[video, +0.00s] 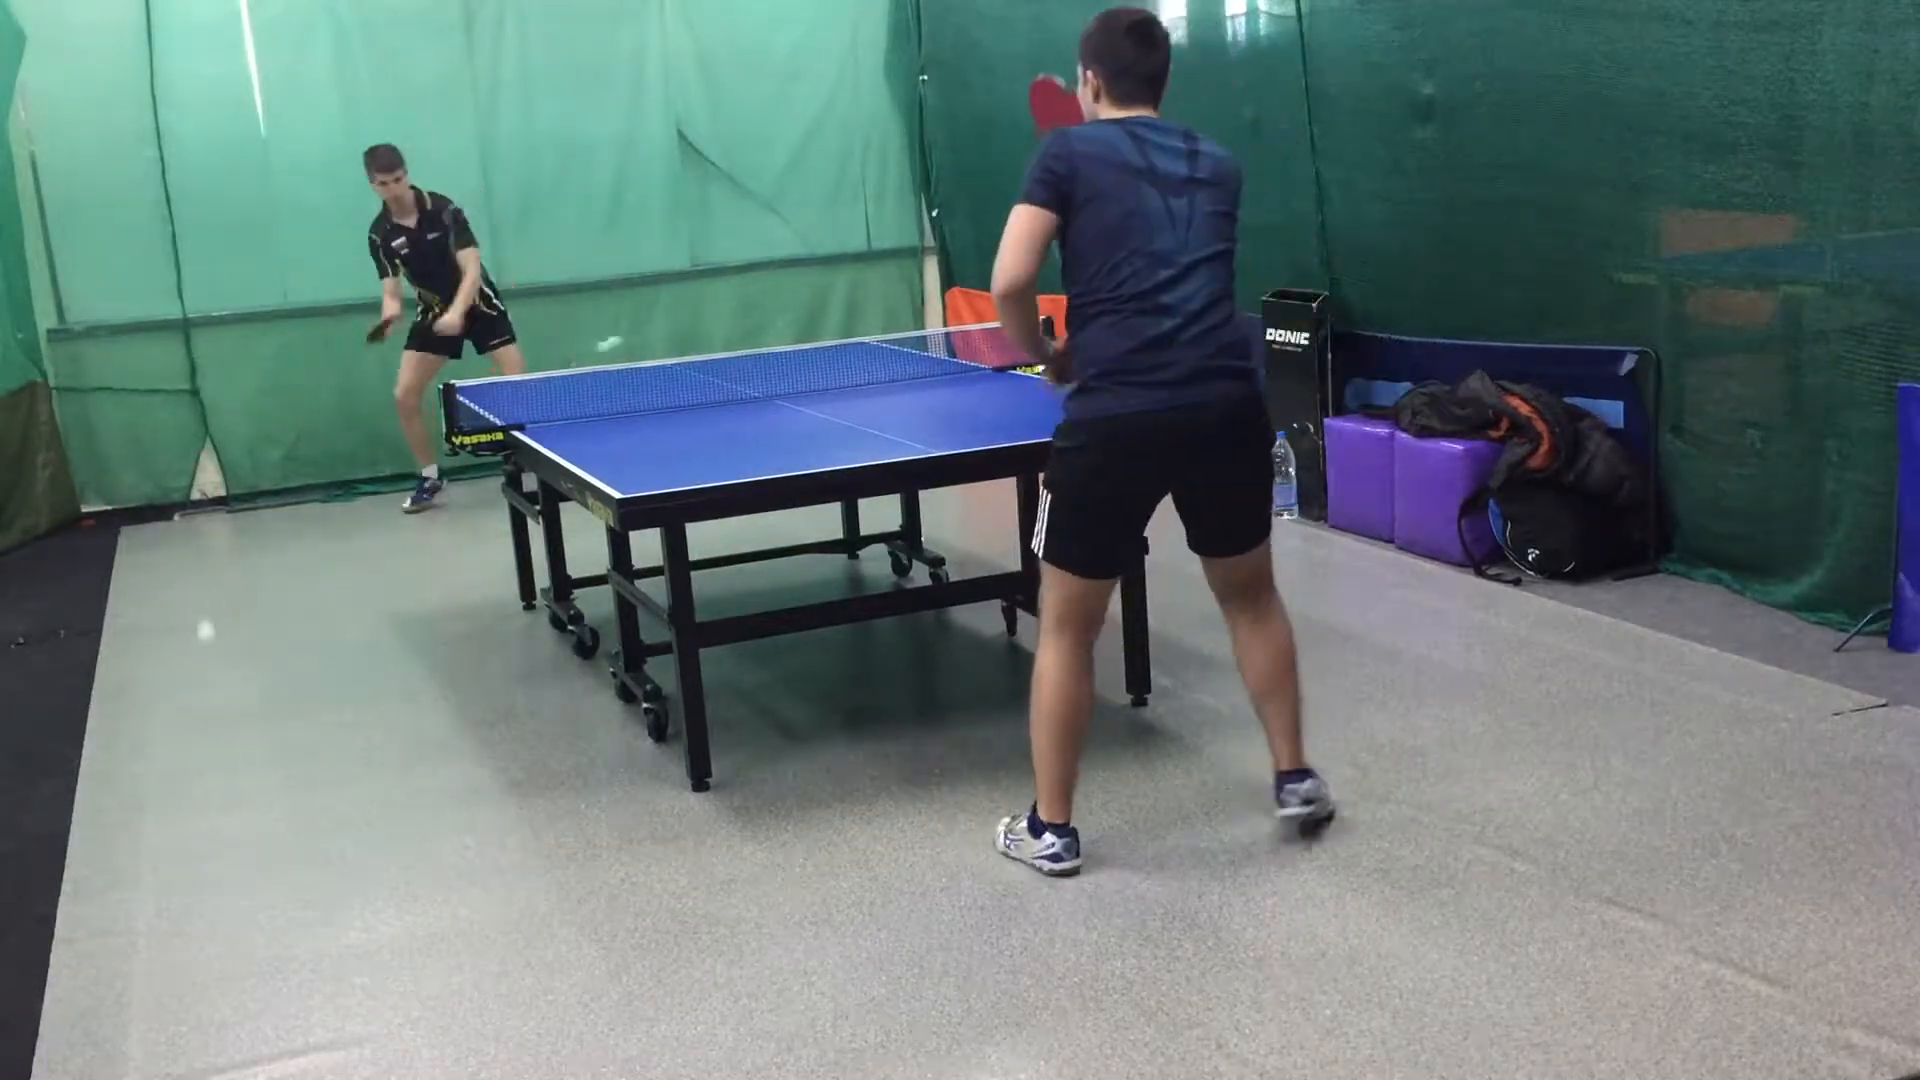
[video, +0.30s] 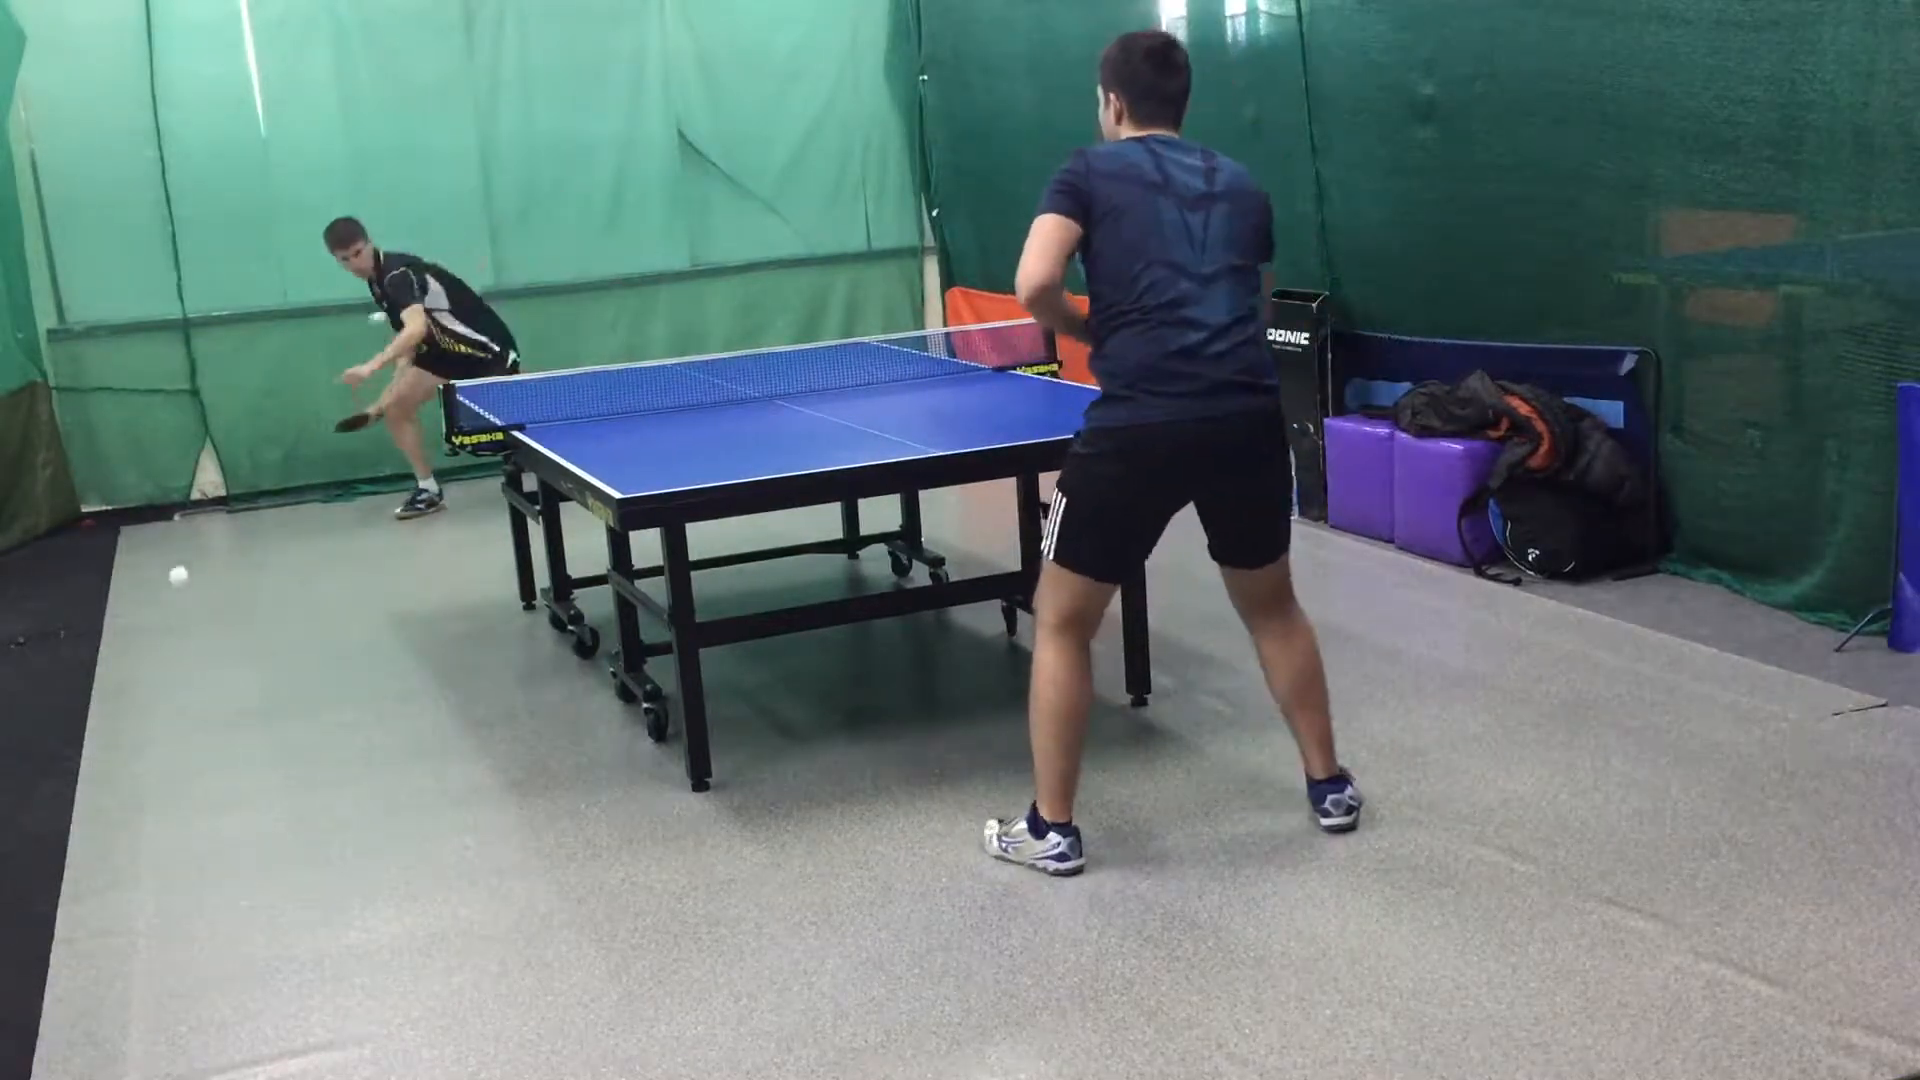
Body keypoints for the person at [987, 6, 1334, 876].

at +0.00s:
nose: (1074, 88)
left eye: (1076, 76)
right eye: (1080, 76)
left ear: (1090, 82)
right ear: (1165, 85)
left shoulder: (1066, 152)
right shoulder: (1217, 161)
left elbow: (1010, 283)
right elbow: (1208, 275)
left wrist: (1051, 364)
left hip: (1112, 425)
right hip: (1224, 415)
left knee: (1069, 632)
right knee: (1252, 597)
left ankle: (1052, 826)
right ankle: (1294, 777)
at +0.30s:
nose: (1097, 111)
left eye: (1098, 100)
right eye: (1101, 100)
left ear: (1112, 103)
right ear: (1185, 104)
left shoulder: (1093, 170)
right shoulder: (1241, 182)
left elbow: (1034, 286)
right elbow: (1257, 302)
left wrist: (1093, 329)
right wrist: (1172, 318)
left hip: (1136, 431)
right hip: (1245, 423)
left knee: (1065, 625)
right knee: (1274, 607)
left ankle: (1053, 829)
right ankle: (1330, 786)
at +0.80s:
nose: (1181, 170)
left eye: (1179, 160)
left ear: (1177, 165)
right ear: (1253, 172)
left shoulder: (1117, 227)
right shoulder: (1279, 248)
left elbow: (1029, 332)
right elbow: (1318, 396)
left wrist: (1099, 367)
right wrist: (1393, 416)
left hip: (1104, 477)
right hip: (1224, 478)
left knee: (1040, 638)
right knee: (1297, 612)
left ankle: (1042, 831)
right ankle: (1329, 785)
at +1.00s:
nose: (1209, 144)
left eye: (1210, 134)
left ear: (1214, 141)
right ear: (1286, 152)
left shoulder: (1157, 198)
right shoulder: (1314, 238)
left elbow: (1066, 296)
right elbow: (1327, 377)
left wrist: (1140, 334)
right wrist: (1338, 336)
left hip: (1147, 445)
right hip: (1265, 450)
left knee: (1071, 627)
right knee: (1307, 605)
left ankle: (1044, 828)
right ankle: (1330, 783)